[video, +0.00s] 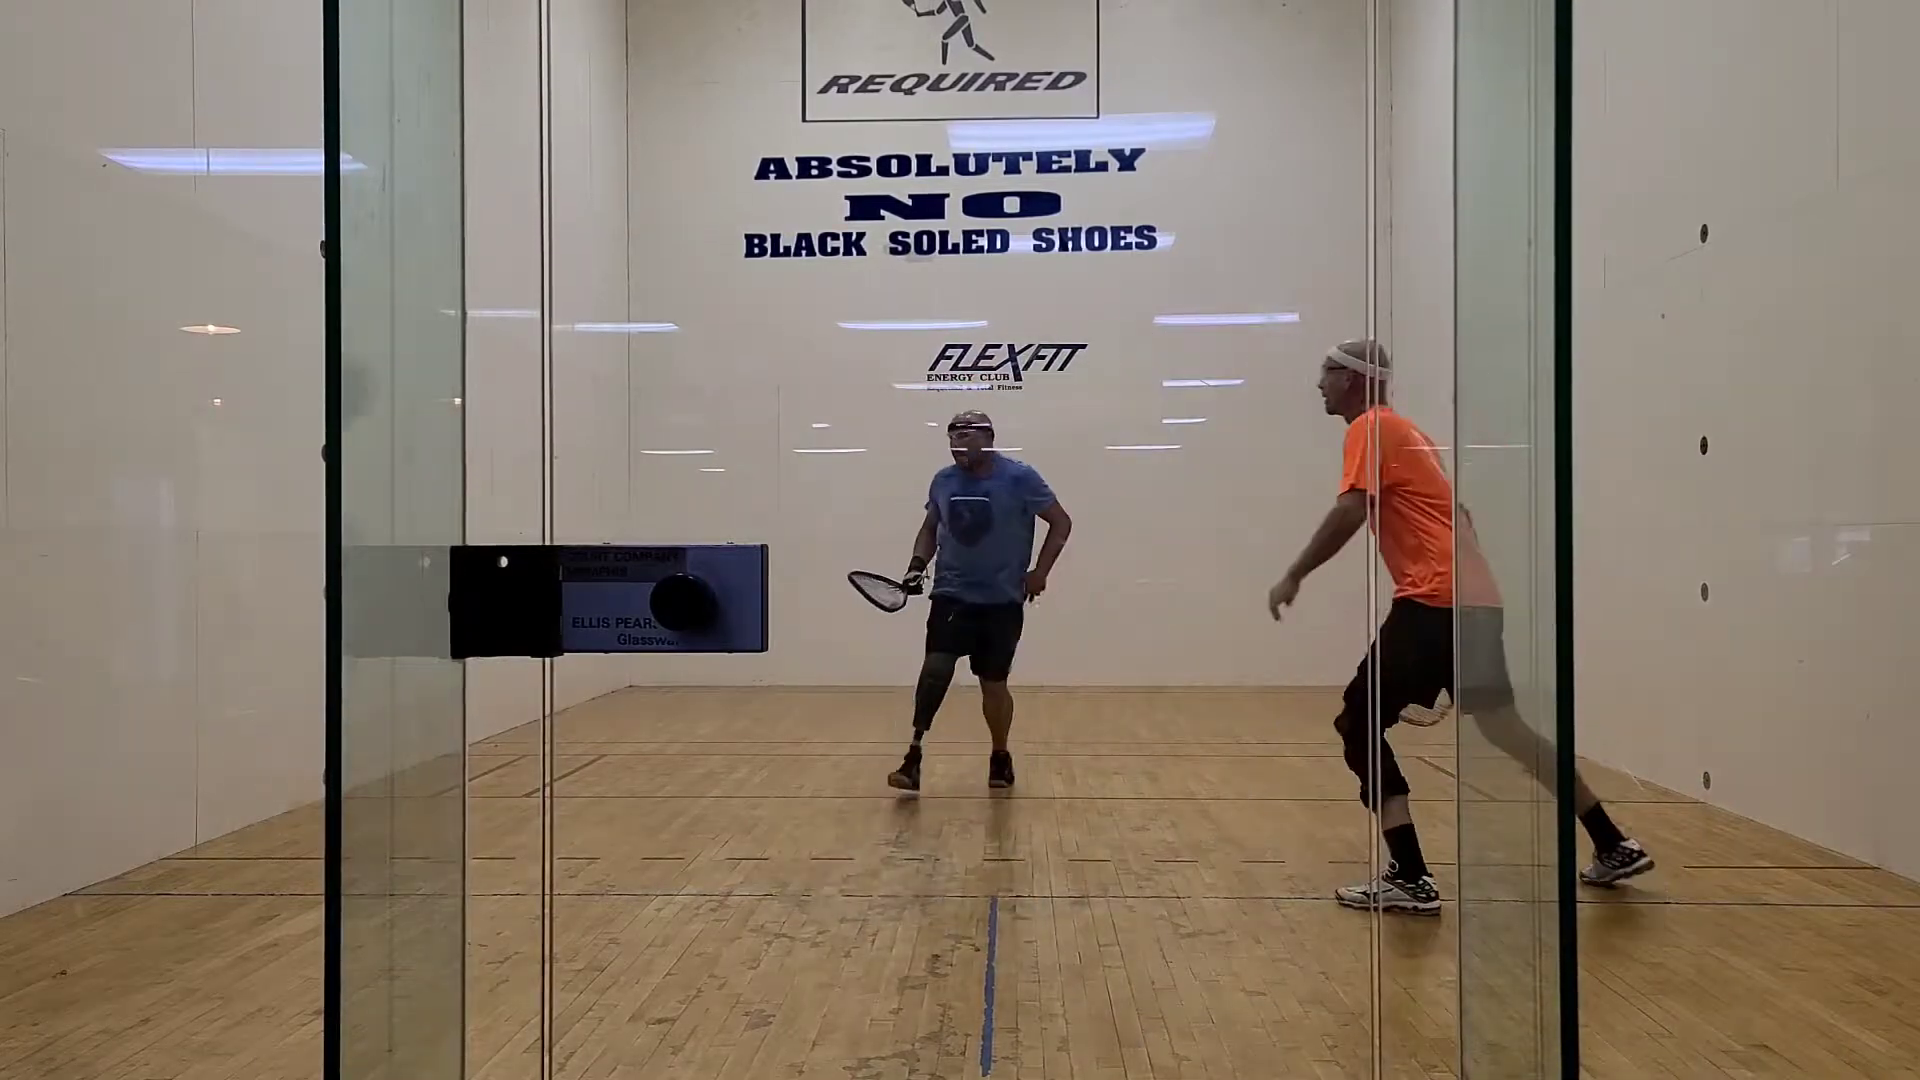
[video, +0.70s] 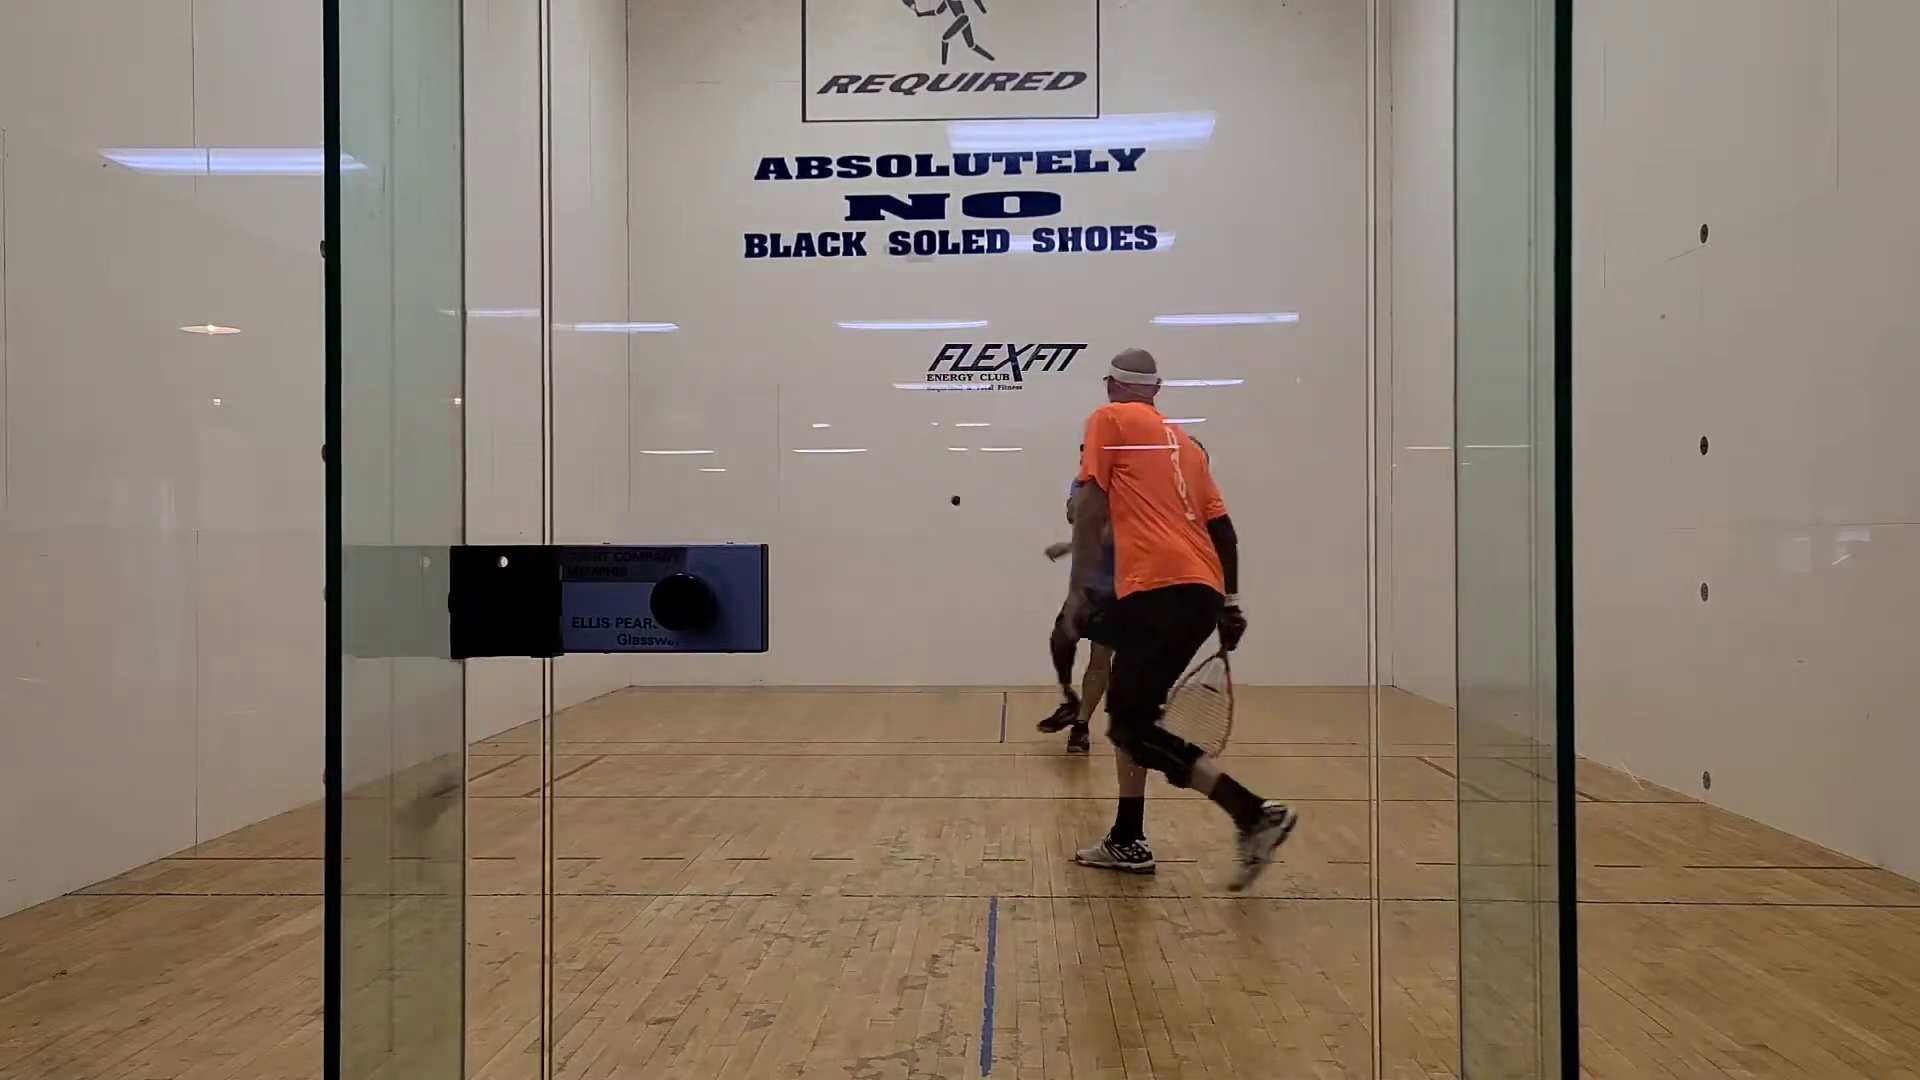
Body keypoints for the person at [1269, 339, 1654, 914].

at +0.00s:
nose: (1320, 387)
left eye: (1328, 377)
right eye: (1322, 377)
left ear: (1358, 380)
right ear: (1373, 383)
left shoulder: (1368, 427)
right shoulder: (1410, 432)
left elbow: (1351, 510)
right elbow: (1459, 515)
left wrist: (1294, 574)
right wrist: (1464, 587)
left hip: (1430, 605)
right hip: (1478, 605)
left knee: (1358, 721)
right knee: (1505, 727)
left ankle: (1409, 875)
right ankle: (1613, 844)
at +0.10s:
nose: (1283, 384)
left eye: (1290, 373)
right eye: (1284, 374)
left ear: (1318, 374)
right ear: (1335, 375)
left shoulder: (1326, 422)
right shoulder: (1376, 425)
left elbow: (1313, 510)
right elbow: (1431, 507)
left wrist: (1254, 568)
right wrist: (1454, 584)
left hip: (1396, 592)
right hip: (1438, 588)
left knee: (1349, 727)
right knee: (1433, 722)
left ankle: (1409, 878)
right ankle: (1556, 817)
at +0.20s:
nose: (1254, 378)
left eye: (1257, 367)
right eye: (1255, 367)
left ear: (1277, 366)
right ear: (1306, 366)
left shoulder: (1282, 417)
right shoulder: (1356, 417)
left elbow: (1270, 510)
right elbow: (1404, 495)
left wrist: (1233, 556)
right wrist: (1432, 572)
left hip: (1364, 586)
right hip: (1407, 579)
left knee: (1344, 727)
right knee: (1366, 708)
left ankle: (1408, 875)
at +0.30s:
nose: (1223, 368)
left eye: (1227, 358)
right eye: (1225, 358)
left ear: (1244, 361)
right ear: (1277, 361)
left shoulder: (1243, 414)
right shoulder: (1328, 411)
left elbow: (1232, 506)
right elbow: (1375, 490)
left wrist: (1216, 546)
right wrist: (1399, 564)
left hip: (1331, 582)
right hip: (1369, 574)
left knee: (1338, 732)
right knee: (1290, 685)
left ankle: (1408, 874)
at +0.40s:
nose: (1192, 370)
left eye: (1196, 361)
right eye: (1195, 360)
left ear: (1209, 366)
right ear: (1245, 366)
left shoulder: (1207, 417)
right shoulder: (1293, 416)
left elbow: (1192, 509)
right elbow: (1339, 491)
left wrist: (1193, 547)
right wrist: (1361, 559)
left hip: (1298, 584)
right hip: (1329, 575)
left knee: (1320, 733)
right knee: (1240, 689)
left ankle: (1405, 869)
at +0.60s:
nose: (1133, 391)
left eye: (1137, 383)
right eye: (1136, 382)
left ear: (1150, 384)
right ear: (1180, 388)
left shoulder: (1140, 422)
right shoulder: (1212, 440)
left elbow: (1124, 502)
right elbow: (1256, 519)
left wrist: (1116, 580)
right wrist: (1277, 597)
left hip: (1201, 596)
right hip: (1230, 594)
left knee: (1210, 742)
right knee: (1138, 698)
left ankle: (1340, 833)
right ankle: (1130, 840)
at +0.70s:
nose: (1108, 394)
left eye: (1110, 387)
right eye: (1113, 387)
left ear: (1113, 386)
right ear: (1154, 390)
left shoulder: (1109, 419)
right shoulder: (1186, 443)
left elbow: (1091, 506)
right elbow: (1222, 529)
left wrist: (1077, 591)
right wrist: (1229, 600)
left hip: (1156, 586)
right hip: (1201, 589)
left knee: (1130, 725)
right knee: (1128, 715)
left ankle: (1254, 814)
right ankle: (1128, 839)